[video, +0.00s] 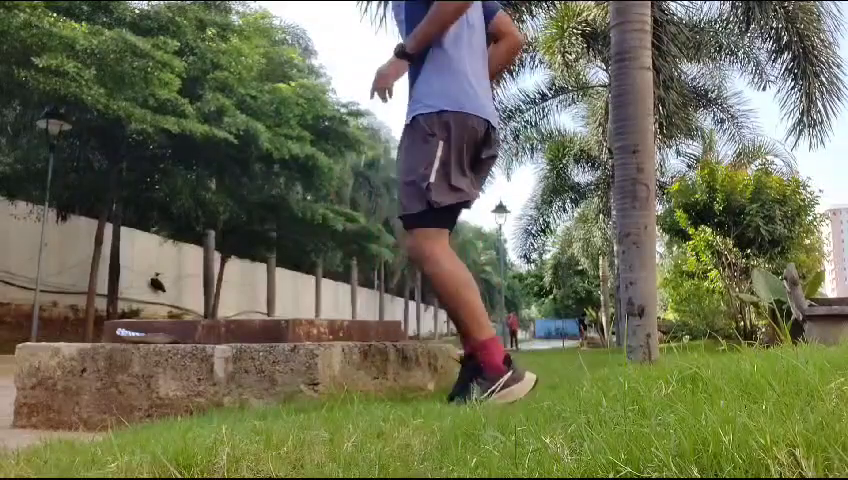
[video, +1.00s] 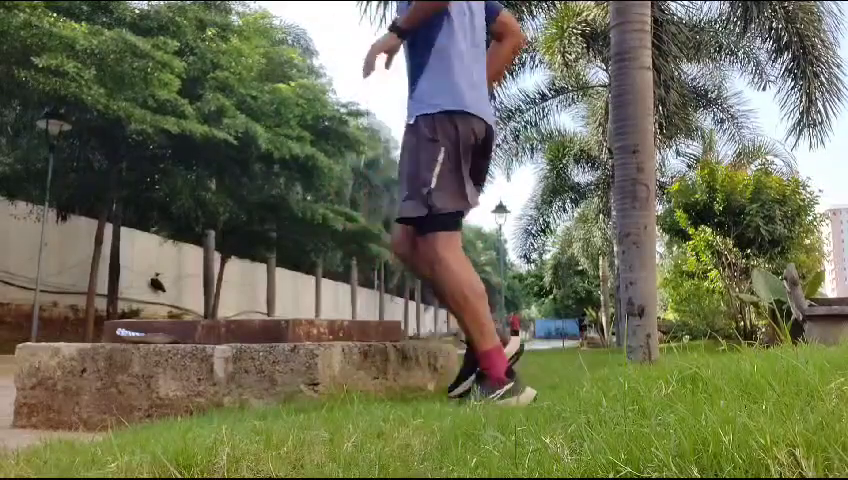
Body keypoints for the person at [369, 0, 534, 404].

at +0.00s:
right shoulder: (476, 5)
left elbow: (457, 3)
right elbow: (511, 38)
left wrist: (403, 55)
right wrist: (469, 89)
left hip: (442, 107)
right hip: (475, 113)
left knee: (426, 242)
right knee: (431, 243)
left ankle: (496, 368)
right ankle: (478, 364)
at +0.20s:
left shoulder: (416, 5)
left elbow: (465, 3)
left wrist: (407, 59)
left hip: (440, 103)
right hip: (483, 119)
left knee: (342, 184)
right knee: (452, 248)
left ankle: (409, 277)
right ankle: (490, 371)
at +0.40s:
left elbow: (404, 1)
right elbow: (470, 30)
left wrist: (374, 26)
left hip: (419, 69)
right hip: (464, 80)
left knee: (361, 183)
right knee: (404, 198)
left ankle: (391, 308)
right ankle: (464, 300)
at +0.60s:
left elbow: (365, 6)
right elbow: (487, 3)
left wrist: (350, 14)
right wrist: (451, 42)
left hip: (425, 55)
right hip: (463, 66)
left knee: (383, 178)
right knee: (416, 189)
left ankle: (436, 299)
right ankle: (416, 305)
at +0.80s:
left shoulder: (414, 2)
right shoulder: (467, 8)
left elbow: (387, 6)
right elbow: (515, 4)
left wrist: (375, 10)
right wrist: (470, 44)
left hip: (444, 90)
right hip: (480, 98)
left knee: (441, 236)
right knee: (382, 190)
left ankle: (477, 362)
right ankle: (436, 287)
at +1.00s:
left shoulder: (425, 4)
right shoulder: (476, 5)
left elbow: (436, 3)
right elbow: (511, 34)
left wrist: (395, 33)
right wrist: (476, 89)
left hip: (441, 107)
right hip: (474, 113)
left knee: (439, 245)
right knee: (406, 242)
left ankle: (497, 374)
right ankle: (489, 338)